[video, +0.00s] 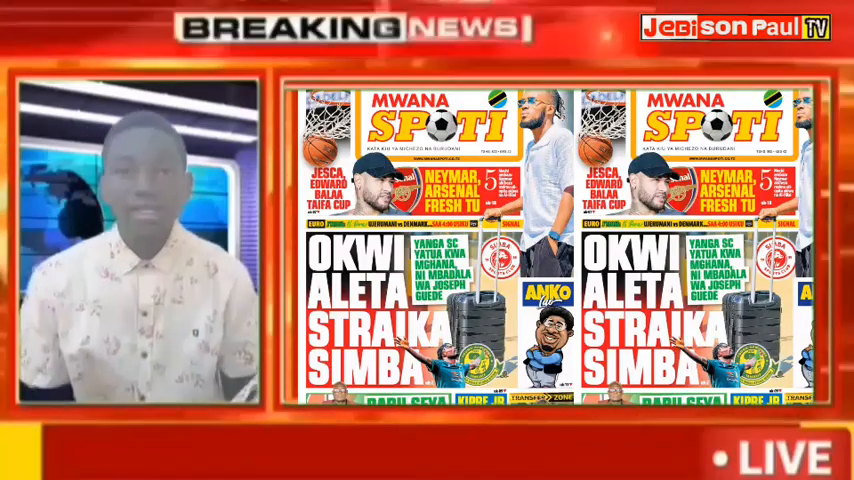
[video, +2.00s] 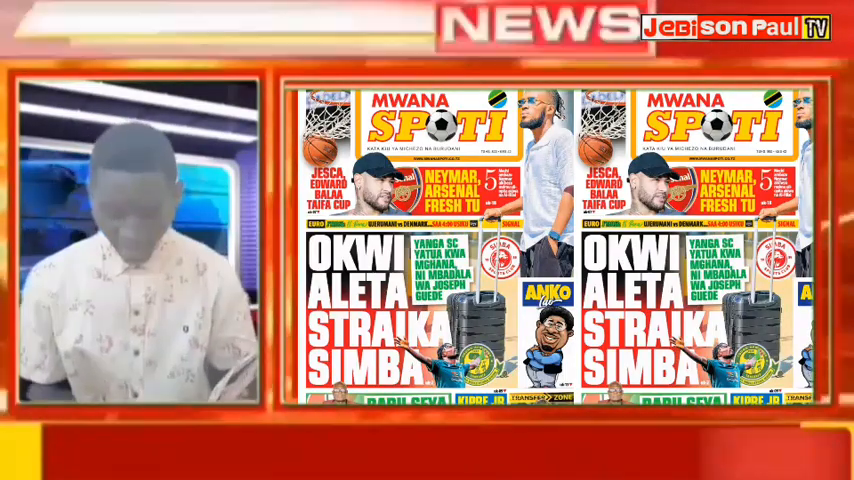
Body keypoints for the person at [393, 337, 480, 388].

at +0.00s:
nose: (453, 348)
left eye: (453, 347)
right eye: (449, 347)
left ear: (455, 351)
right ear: (443, 354)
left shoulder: (462, 367)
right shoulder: (439, 365)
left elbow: (474, 365)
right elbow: (423, 359)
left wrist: (478, 361)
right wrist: (408, 348)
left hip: (461, 402)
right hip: (444, 402)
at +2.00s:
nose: (453, 348)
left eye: (453, 347)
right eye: (449, 347)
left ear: (455, 351)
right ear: (443, 354)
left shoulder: (462, 367)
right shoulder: (438, 365)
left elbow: (474, 365)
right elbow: (423, 359)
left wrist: (478, 360)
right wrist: (408, 348)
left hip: (461, 403)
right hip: (444, 403)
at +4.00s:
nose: (453, 348)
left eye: (453, 347)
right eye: (449, 347)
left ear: (455, 351)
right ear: (443, 354)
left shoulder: (462, 367)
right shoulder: (438, 365)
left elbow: (474, 365)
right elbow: (423, 359)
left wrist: (478, 360)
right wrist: (408, 348)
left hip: (461, 403)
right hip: (444, 403)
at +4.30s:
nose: (453, 348)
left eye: (453, 347)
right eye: (449, 347)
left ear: (455, 351)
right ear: (443, 354)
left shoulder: (462, 367)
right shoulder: (438, 365)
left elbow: (474, 365)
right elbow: (423, 359)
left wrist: (478, 360)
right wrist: (408, 348)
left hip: (461, 403)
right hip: (444, 403)